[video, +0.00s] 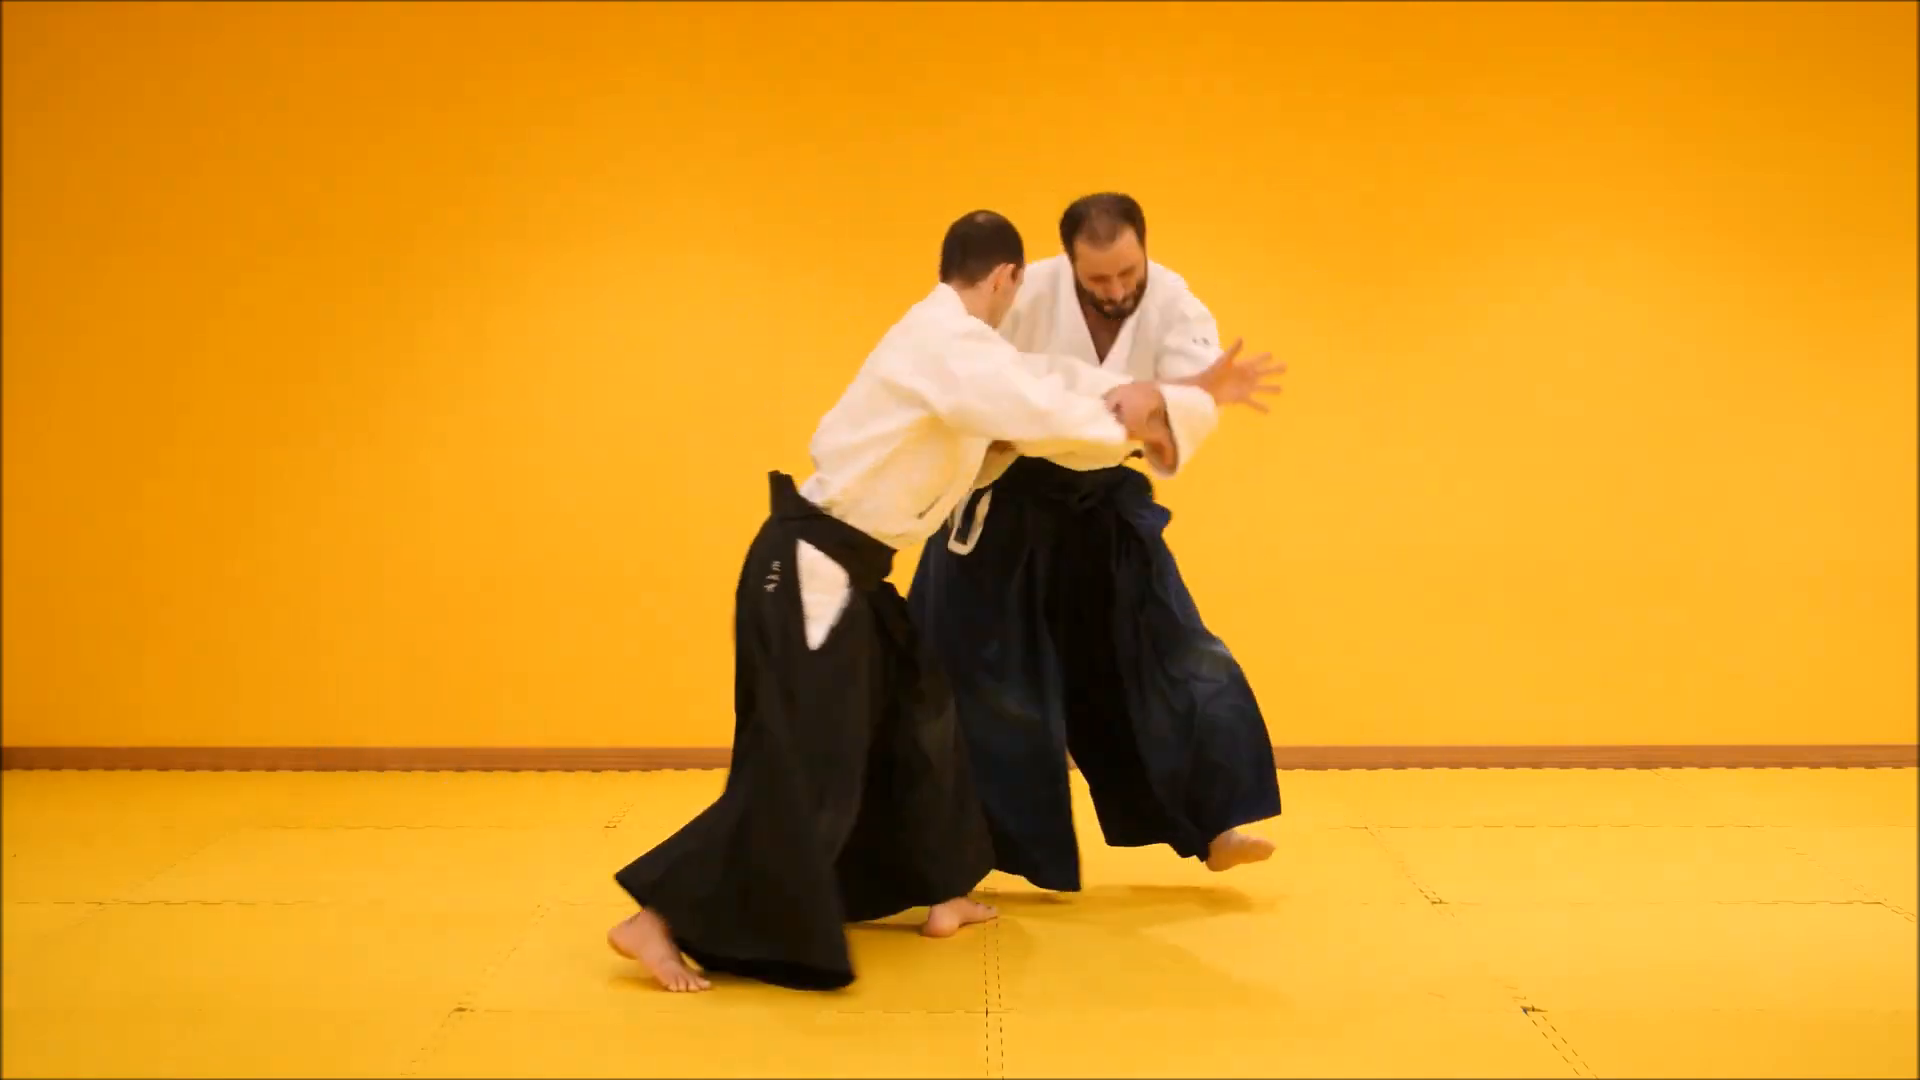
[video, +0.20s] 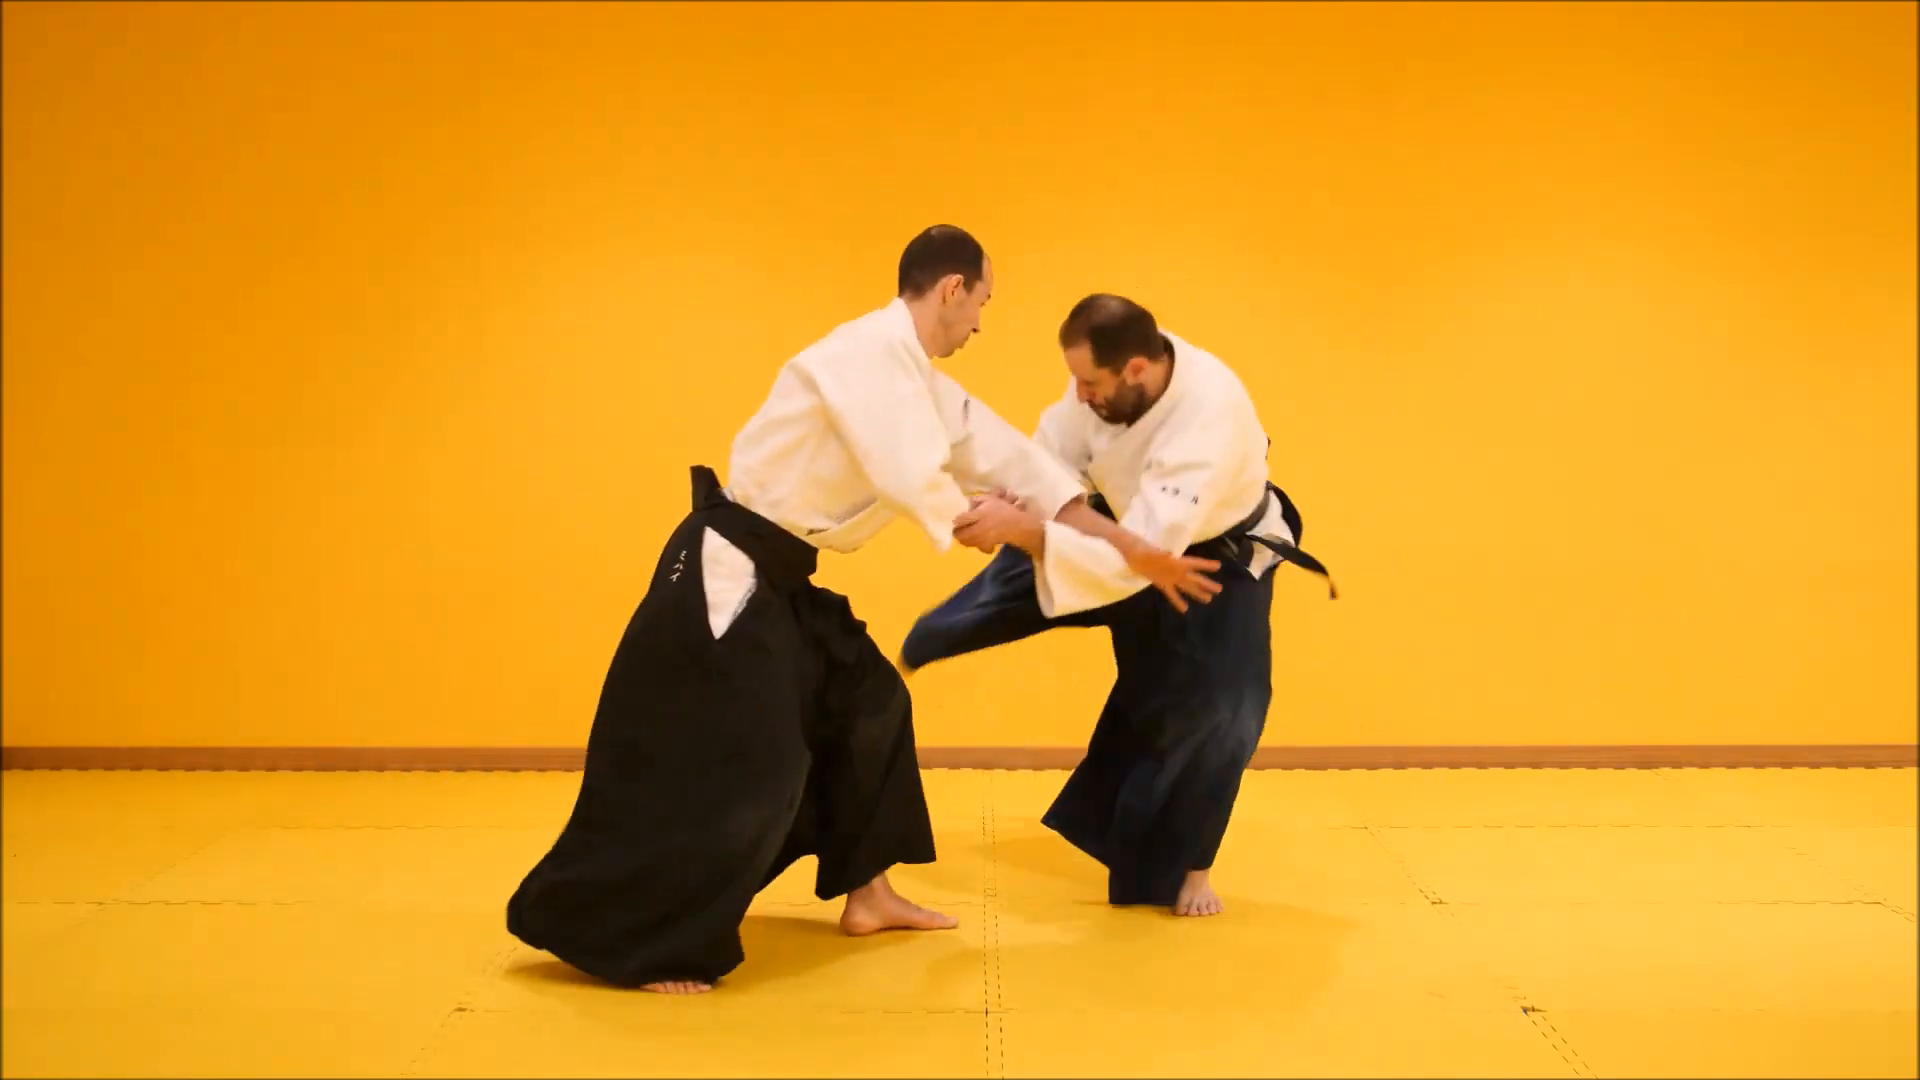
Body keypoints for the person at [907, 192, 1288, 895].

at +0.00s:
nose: (1114, 290)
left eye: (1128, 273)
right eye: (1098, 277)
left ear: (1146, 253)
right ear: (1068, 259)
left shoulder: (1174, 305)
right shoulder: (1026, 288)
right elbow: (970, 375)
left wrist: (1155, 405)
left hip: (1110, 501)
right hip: (1007, 495)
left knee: (1178, 648)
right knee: (961, 664)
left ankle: (1212, 824)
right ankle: (949, 866)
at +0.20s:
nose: (1079, 392)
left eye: (1089, 381)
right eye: (1076, 377)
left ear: (1138, 370)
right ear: (1129, 364)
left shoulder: (1208, 419)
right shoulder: (1095, 385)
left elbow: (1144, 552)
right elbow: (1043, 470)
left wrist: (1024, 530)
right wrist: (1007, 506)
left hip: (1223, 554)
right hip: (1124, 533)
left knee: (1224, 712)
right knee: (1012, 587)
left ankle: (1190, 864)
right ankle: (919, 647)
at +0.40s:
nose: (1035, 448)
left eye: (1043, 440)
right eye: (1032, 435)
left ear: (1093, 434)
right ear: (1079, 409)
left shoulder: (1157, 482)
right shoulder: (1101, 396)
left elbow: (1097, 613)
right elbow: (1076, 503)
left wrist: (977, 586)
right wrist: (1003, 547)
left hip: (1280, 553)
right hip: (1278, 482)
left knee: (1201, 705)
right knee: (1353, 525)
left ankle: (1194, 868)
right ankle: (1484, 453)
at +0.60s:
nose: (1059, 416)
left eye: (1056, 406)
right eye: (1056, 405)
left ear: (1073, 396)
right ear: (1104, 358)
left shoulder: (1130, 452)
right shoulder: (1171, 352)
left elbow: (1116, 598)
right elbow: (1148, 476)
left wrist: (1020, 596)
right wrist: (1069, 495)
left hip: (1315, 536)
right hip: (1390, 489)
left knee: (1198, 686)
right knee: (1451, 672)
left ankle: (1206, 870)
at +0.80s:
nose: (1167, 297)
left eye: (1166, 284)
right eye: (1164, 286)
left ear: (1190, 272)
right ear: (1243, 262)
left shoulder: (1198, 336)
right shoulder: (1315, 298)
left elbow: (1148, 459)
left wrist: (1073, 482)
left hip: (1303, 517)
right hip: (1406, 500)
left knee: (1175, 668)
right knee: (1444, 705)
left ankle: (1244, 864)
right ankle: (1489, 913)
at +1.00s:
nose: (1169, 202)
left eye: (1169, 191)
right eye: (1171, 190)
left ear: (1184, 192)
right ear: (1257, 183)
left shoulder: (1163, 282)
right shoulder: (1319, 253)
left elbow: (1117, 421)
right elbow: (1373, 353)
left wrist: (1116, 317)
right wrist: (1293, 241)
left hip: (1230, 496)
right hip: (1338, 483)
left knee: (1199, 691)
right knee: (1381, 676)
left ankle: (1211, 896)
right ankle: (1463, 872)